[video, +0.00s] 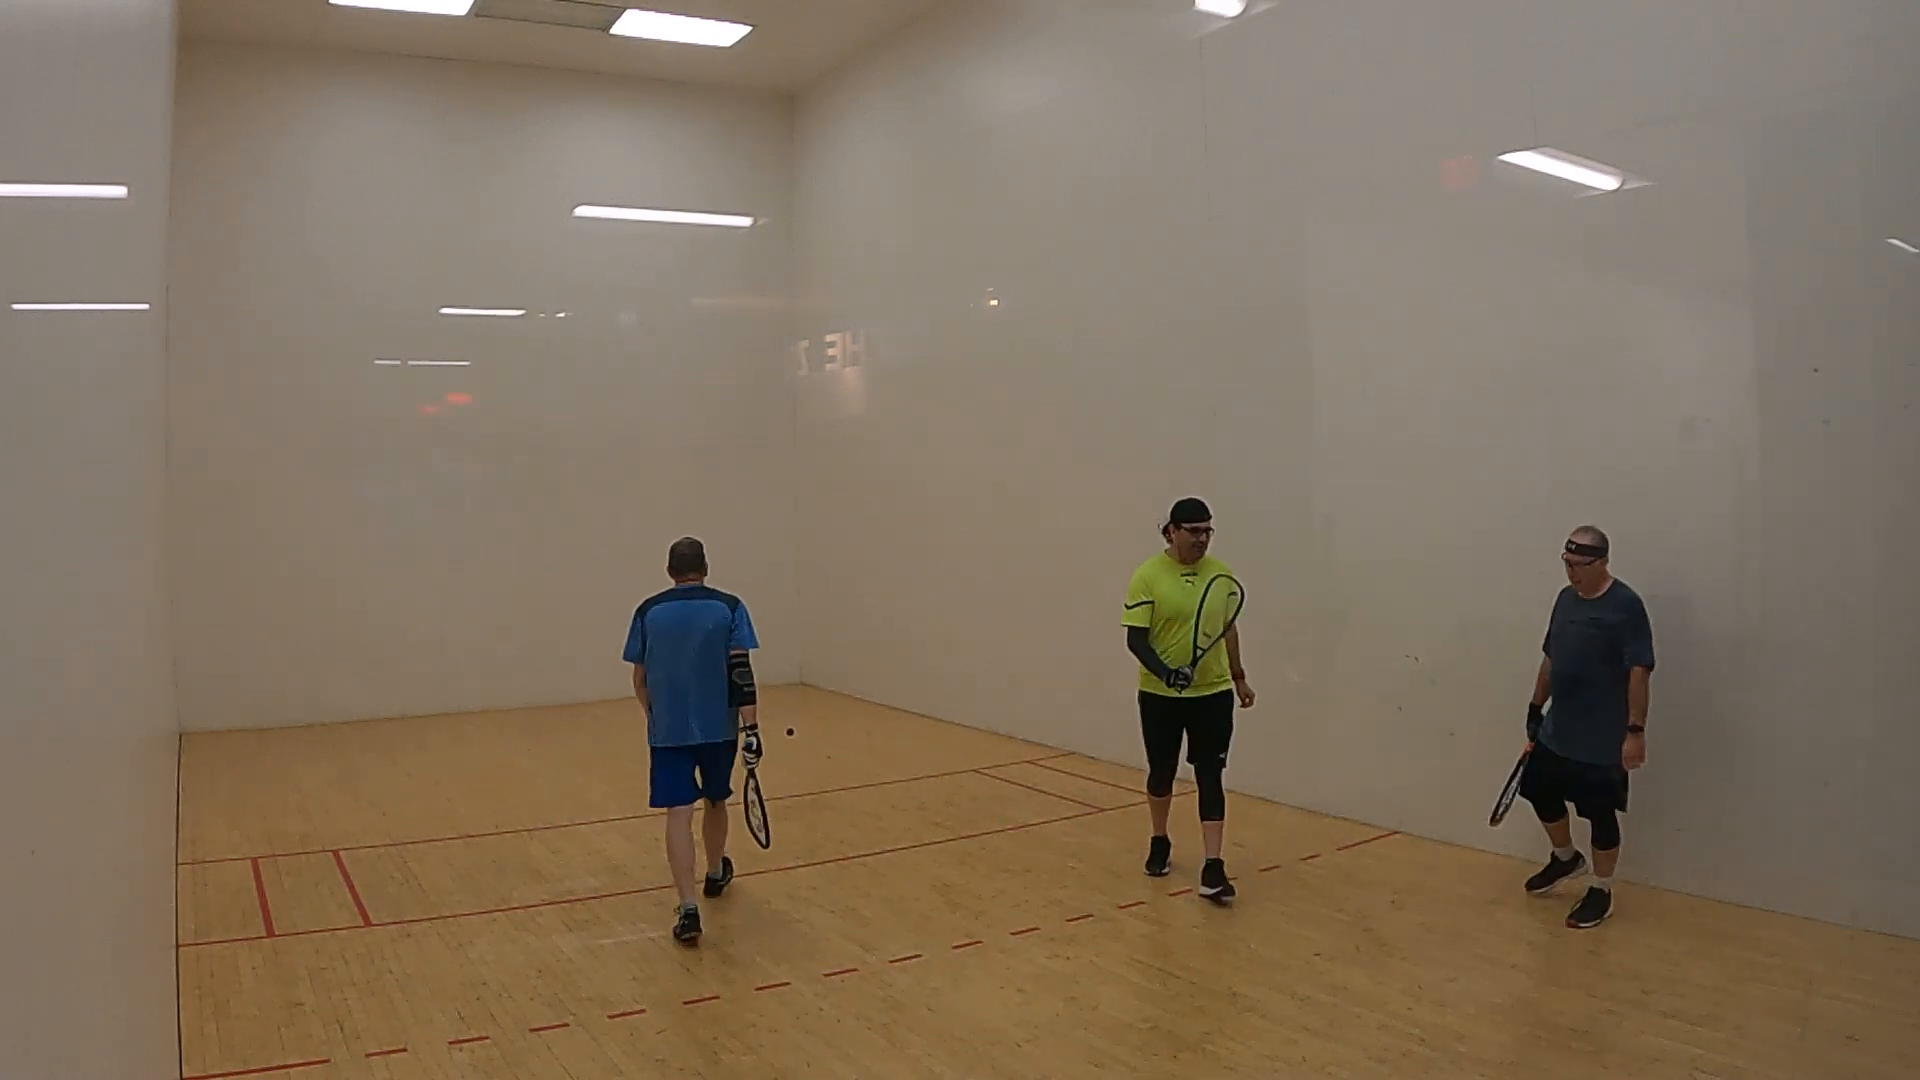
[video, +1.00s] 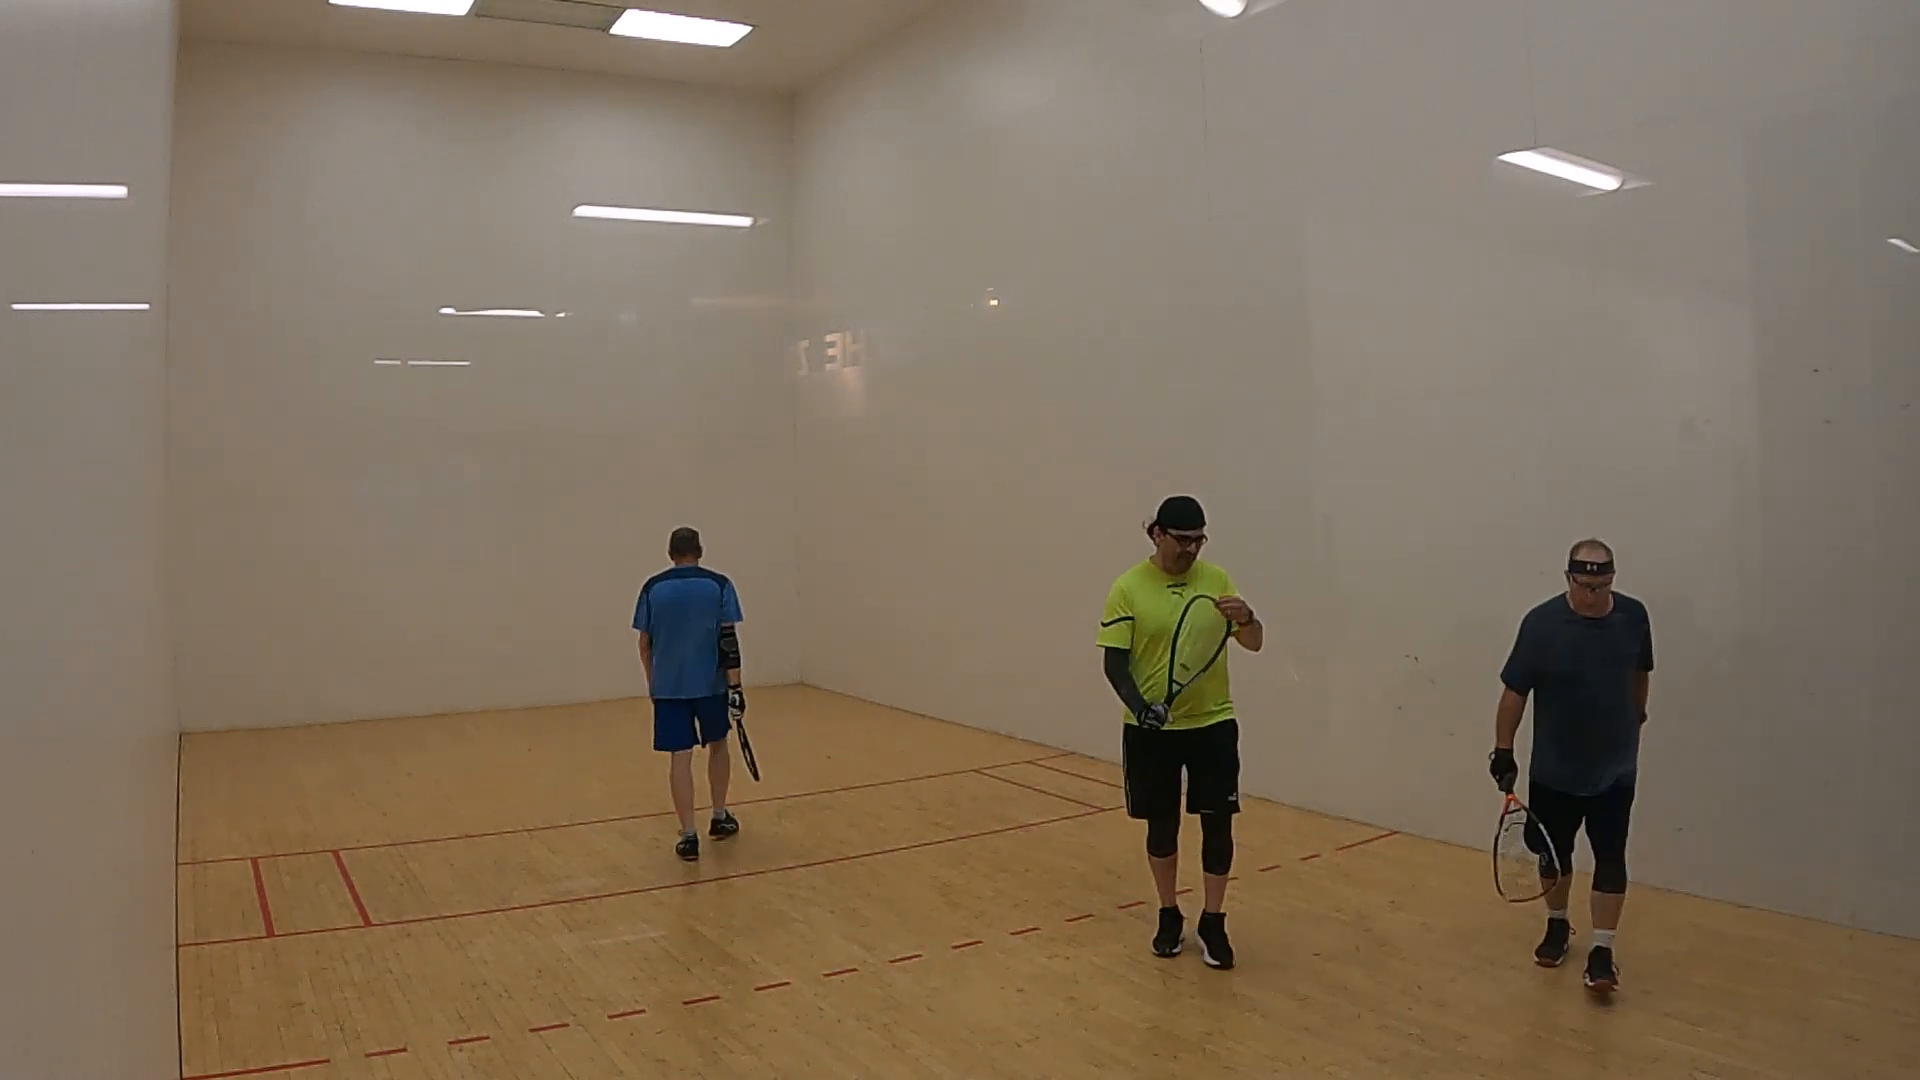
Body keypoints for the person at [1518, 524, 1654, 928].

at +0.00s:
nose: (1569, 567)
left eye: (1577, 562)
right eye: (1566, 560)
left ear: (1601, 562)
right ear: (1566, 560)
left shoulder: (1627, 606)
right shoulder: (1566, 600)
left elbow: (1640, 671)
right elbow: (1551, 659)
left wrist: (1635, 731)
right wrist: (1534, 710)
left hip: (1603, 734)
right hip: (1560, 726)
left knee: (1600, 812)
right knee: (1539, 788)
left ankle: (1600, 891)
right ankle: (1565, 856)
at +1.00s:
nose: (1591, 580)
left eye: (1601, 572)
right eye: (1582, 572)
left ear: (1613, 576)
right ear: (1568, 575)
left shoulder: (1633, 617)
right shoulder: (1540, 624)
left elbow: (1639, 673)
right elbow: (1514, 690)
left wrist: (1638, 713)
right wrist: (1503, 750)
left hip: (1615, 762)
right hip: (1555, 763)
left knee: (1610, 857)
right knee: (1552, 851)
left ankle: (1602, 952)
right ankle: (1557, 926)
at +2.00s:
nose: (1674, 606)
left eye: (1682, 596)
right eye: (1662, 596)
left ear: (1691, 594)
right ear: (1639, 591)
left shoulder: (1703, 642)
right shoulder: (1601, 645)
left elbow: (1716, 722)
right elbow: (1570, 725)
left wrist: (1719, 785)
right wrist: (1561, 797)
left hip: (1685, 811)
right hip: (1617, 813)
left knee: (1697, 909)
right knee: (1616, 921)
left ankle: (1659, 974)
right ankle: (1615, 1015)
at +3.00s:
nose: (1716, 609)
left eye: (1729, 598)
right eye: (1711, 597)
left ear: (1768, 602)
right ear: (1708, 601)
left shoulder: (1818, 674)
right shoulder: (1689, 674)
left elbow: (1858, 766)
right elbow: (1656, 769)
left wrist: (1878, 845)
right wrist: (1635, 851)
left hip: (1791, 888)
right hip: (1707, 887)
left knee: (1801, 1001)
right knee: (1706, 1014)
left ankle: (1764, 1066)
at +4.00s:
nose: (1784, 607)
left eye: (1793, 595)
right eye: (1787, 595)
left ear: (1828, 606)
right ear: (1827, 607)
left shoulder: (1879, 686)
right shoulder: (1833, 678)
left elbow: (1890, 810)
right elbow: (1828, 785)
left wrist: (1873, 913)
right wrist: (1792, 861)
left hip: (1855, 905)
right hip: (1821, 895)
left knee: (1844, 1046)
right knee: (1829, 1038)